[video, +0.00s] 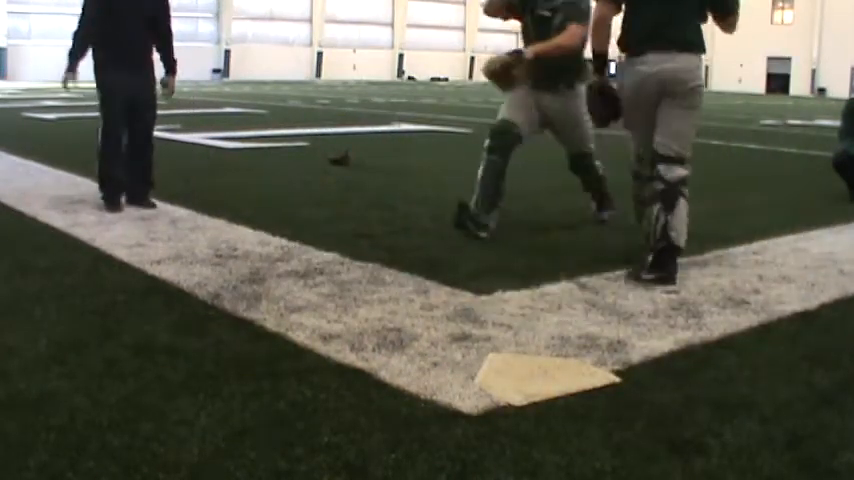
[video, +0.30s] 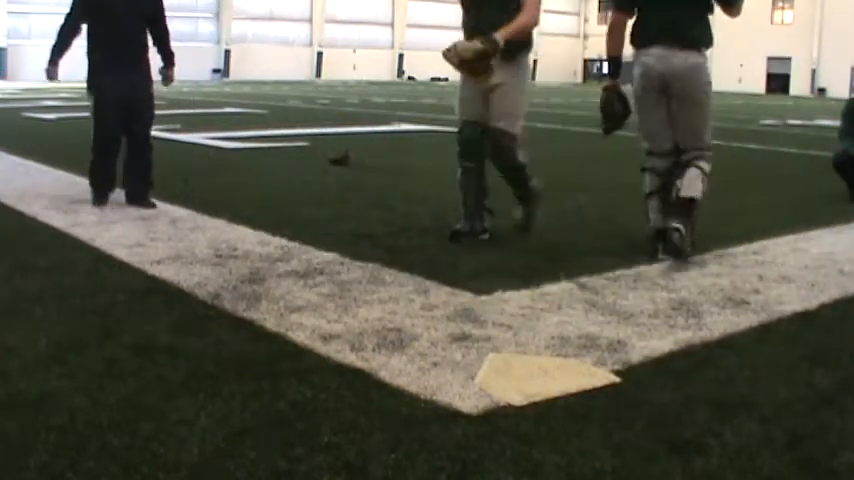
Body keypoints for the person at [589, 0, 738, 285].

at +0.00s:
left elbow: (602, 16)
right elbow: (728, 22)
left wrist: (600, 71)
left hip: (641, 63)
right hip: (686, 62)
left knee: (643, 159)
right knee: (675, 163)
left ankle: (649, 232)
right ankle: (667, 258)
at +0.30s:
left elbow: (617, 22)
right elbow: (733, 9)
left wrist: (613, 77)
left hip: (648, 59)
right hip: (690, 61)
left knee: (657, 154)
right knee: (696, 153)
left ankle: (657, 232)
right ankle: (680, 220)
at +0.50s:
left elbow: (619, 24)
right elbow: (741, 11)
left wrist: (620, 75)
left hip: (649, 62)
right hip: (691, 63)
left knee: (659, 152)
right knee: (698, 151)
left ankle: (664, 239)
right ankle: (702, 233)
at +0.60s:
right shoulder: (709, 1)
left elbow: (620, 26)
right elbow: (740, 19)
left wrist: (622, 75)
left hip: (648, 64)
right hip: (690, 65)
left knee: (659, 151)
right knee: (693, 151)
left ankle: (662, 233)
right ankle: (688, 221)